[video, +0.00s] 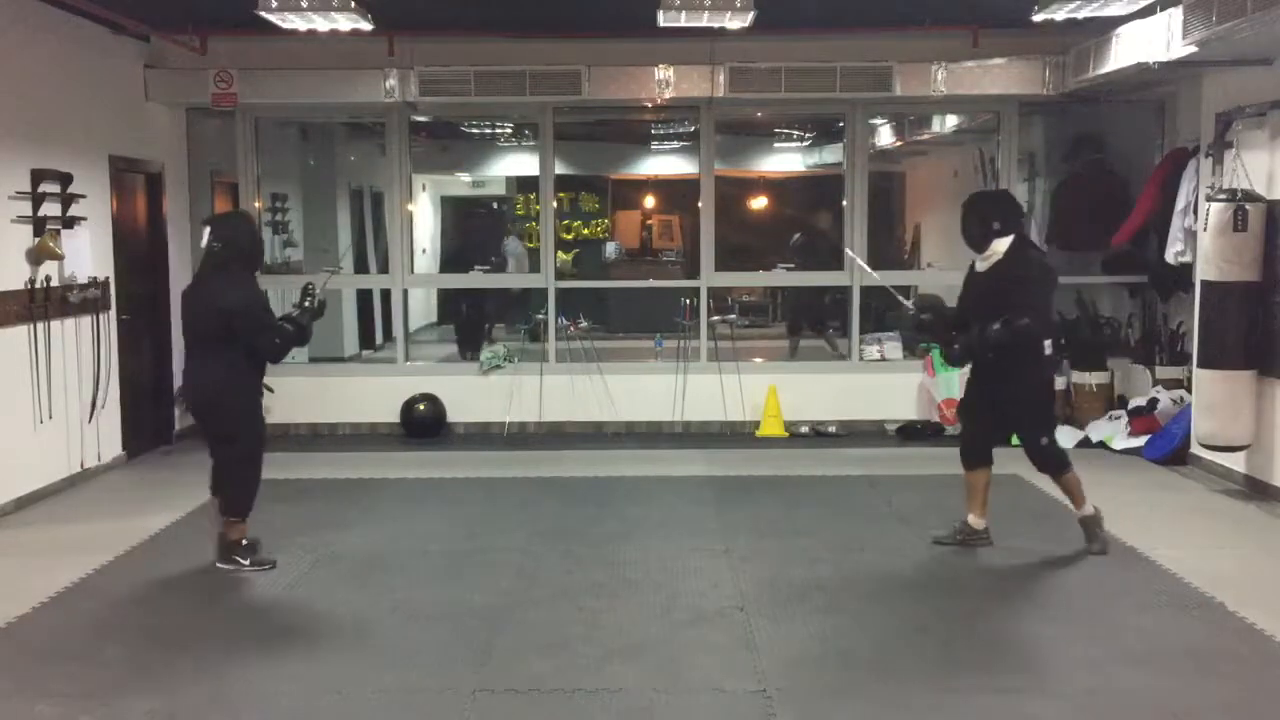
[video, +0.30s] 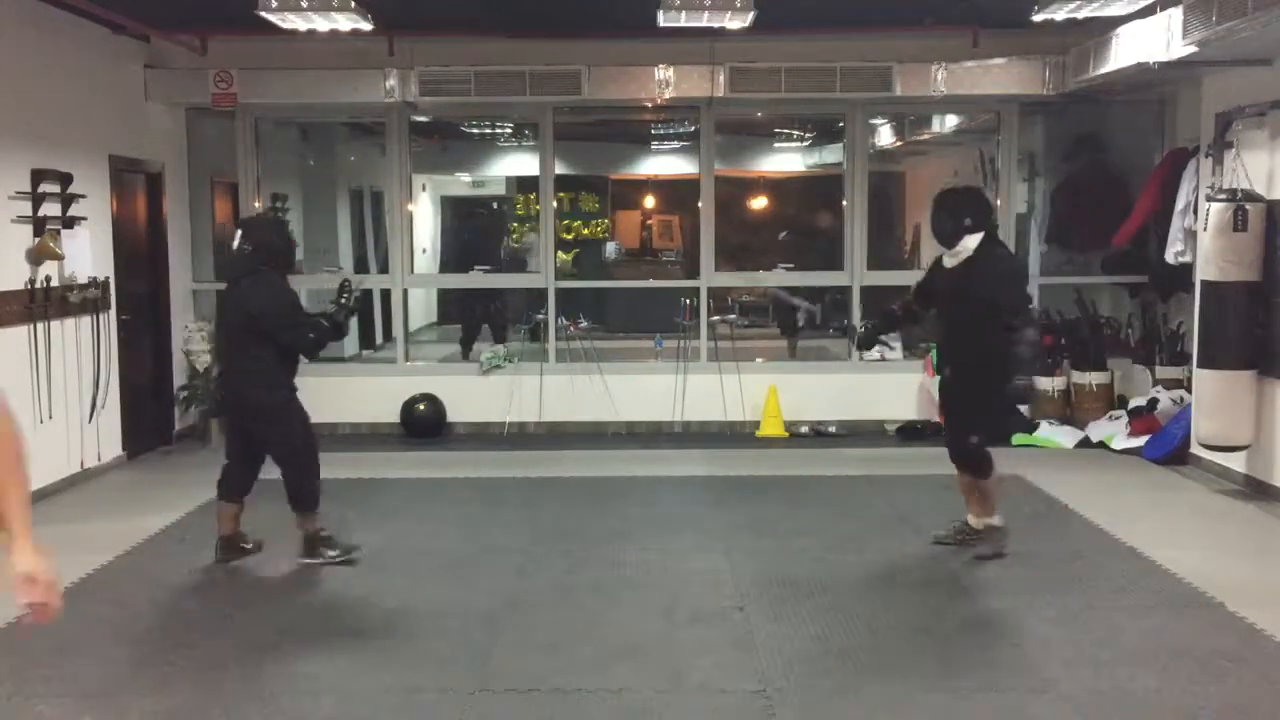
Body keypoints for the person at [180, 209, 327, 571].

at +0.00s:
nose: (261, 248)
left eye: (259, 240)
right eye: (257, 240)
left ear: (214, 245)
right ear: (247, 245)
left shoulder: (194, 290)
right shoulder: (242, 289)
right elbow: (272, 346)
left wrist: (289, 319)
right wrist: (301, 320)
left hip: (202, 391)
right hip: (234, 393)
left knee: (227, 456)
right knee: (244, 459)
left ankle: (230, 536)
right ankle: (233, 547)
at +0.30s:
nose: (294, 247)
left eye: (291, 240)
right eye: (288, 240)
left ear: (252, 247)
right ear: (273, 247)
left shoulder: (238, 285)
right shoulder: (269, 287)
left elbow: (287, 326)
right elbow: (306, 339)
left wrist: (328, 317)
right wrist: (336, 319)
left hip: (238, 391)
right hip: (269, 393)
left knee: (242, 460)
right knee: (301, 453)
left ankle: (228, 539)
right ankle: (313, 538)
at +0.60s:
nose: (341, 253)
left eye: (339, 246)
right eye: (338, 246)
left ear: (300, 248)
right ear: (331, 251)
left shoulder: (283, 289)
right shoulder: (324, 294)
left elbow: (327, 308)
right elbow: (368, 334)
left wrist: (363, 298)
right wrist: (396, 303)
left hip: (282, 388)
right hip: (318, 390)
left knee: (303, 452)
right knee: (341, 457)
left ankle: (275, 519)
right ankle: (329, 538)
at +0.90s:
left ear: (354, 261)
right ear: (380, 268)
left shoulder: (339, 285)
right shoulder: (378, 293)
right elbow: (421, 292)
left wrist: (381, 247)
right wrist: (408, 249)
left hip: (331, 395)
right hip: (366, 397)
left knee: (333, 463)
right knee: (410, 460)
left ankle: (291, 530)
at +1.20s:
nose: (440, 277)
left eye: (438, 271)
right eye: (435, 271)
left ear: (402, 270)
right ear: (427, 272)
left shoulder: (390, 304)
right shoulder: (424, 303)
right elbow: (465, 342)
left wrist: (430, 399)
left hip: (382, 404)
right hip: (409, 405)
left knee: (394, 458)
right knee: (462, 453)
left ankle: (334, 499)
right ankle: (466, 532)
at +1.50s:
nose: (430, 276)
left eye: (428, 269)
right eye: (425, 269)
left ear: (389, 271)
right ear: (413, 272)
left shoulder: (374, 302)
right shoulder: (409, 306)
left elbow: (438, 338)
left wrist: (469, 357)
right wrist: (462, 362)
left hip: (380, 395)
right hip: (410, 398)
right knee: (445, 456)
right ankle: (463, 529)